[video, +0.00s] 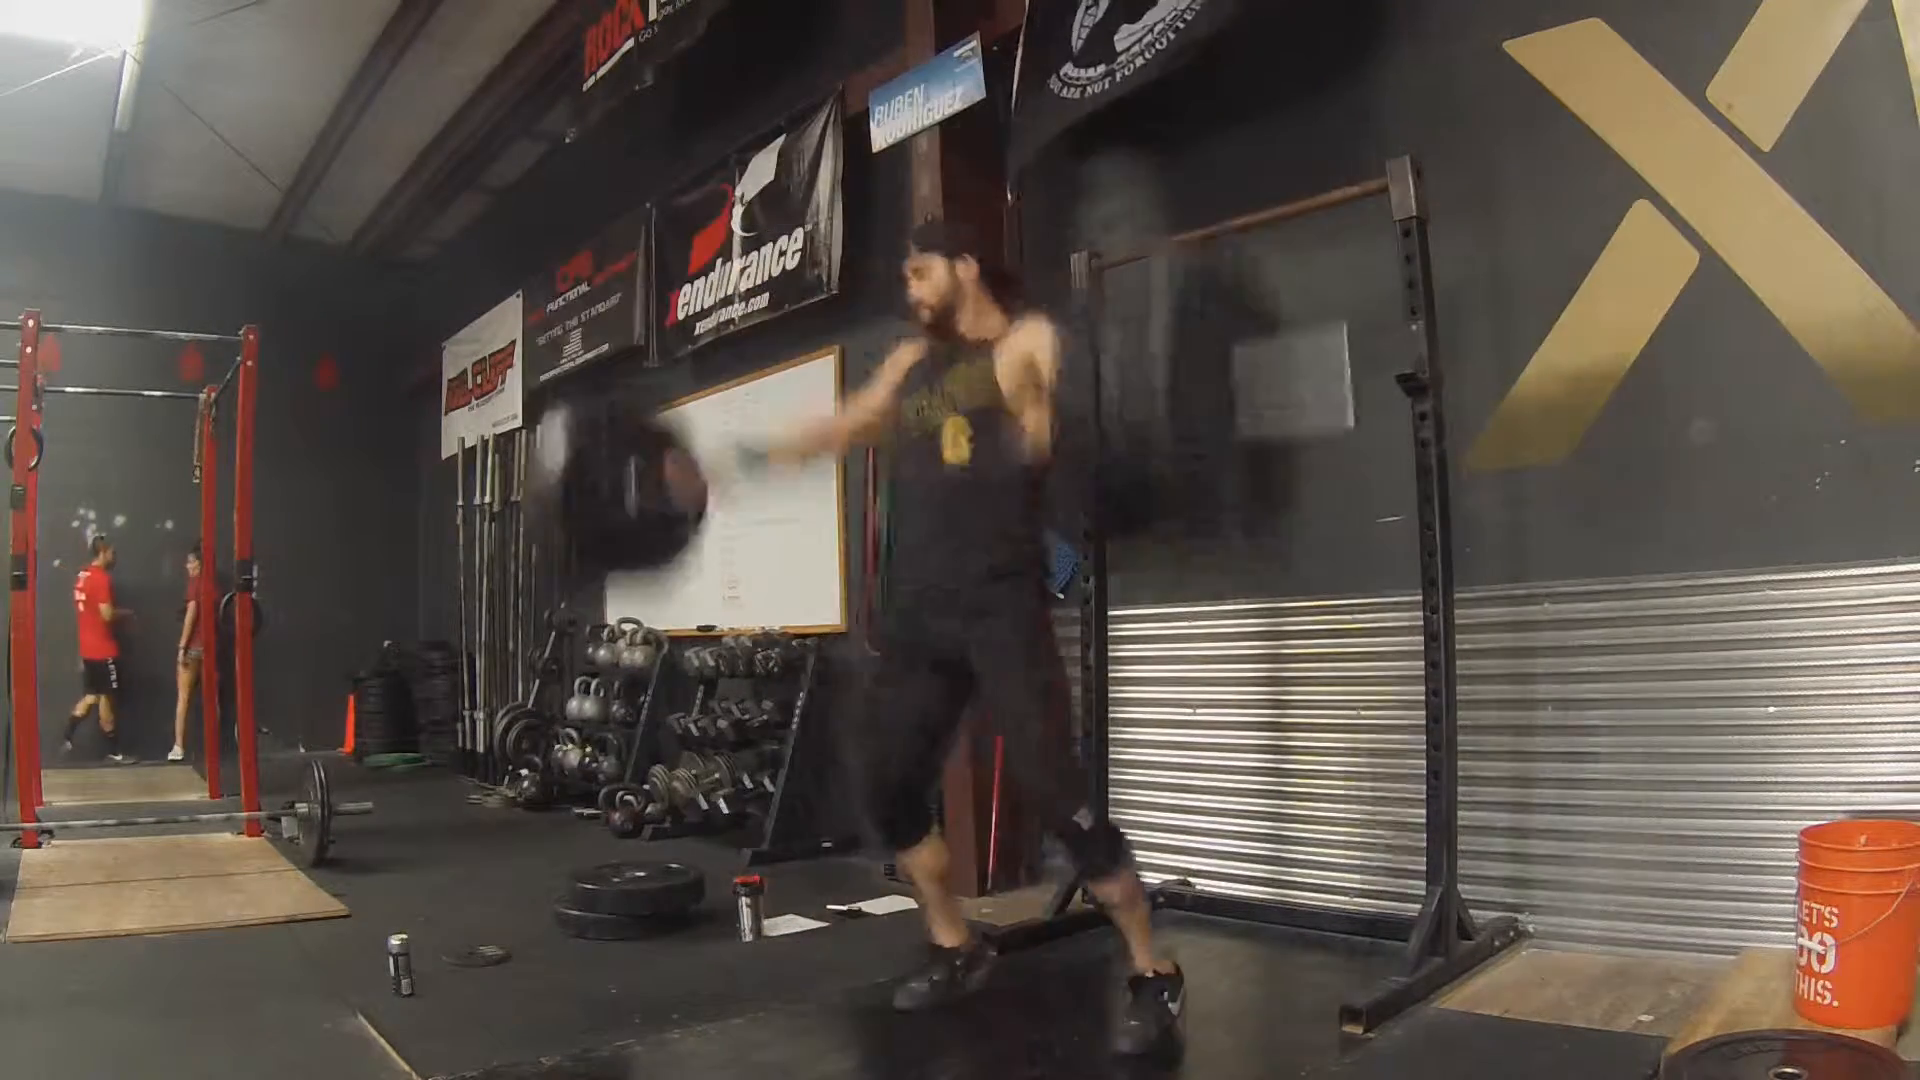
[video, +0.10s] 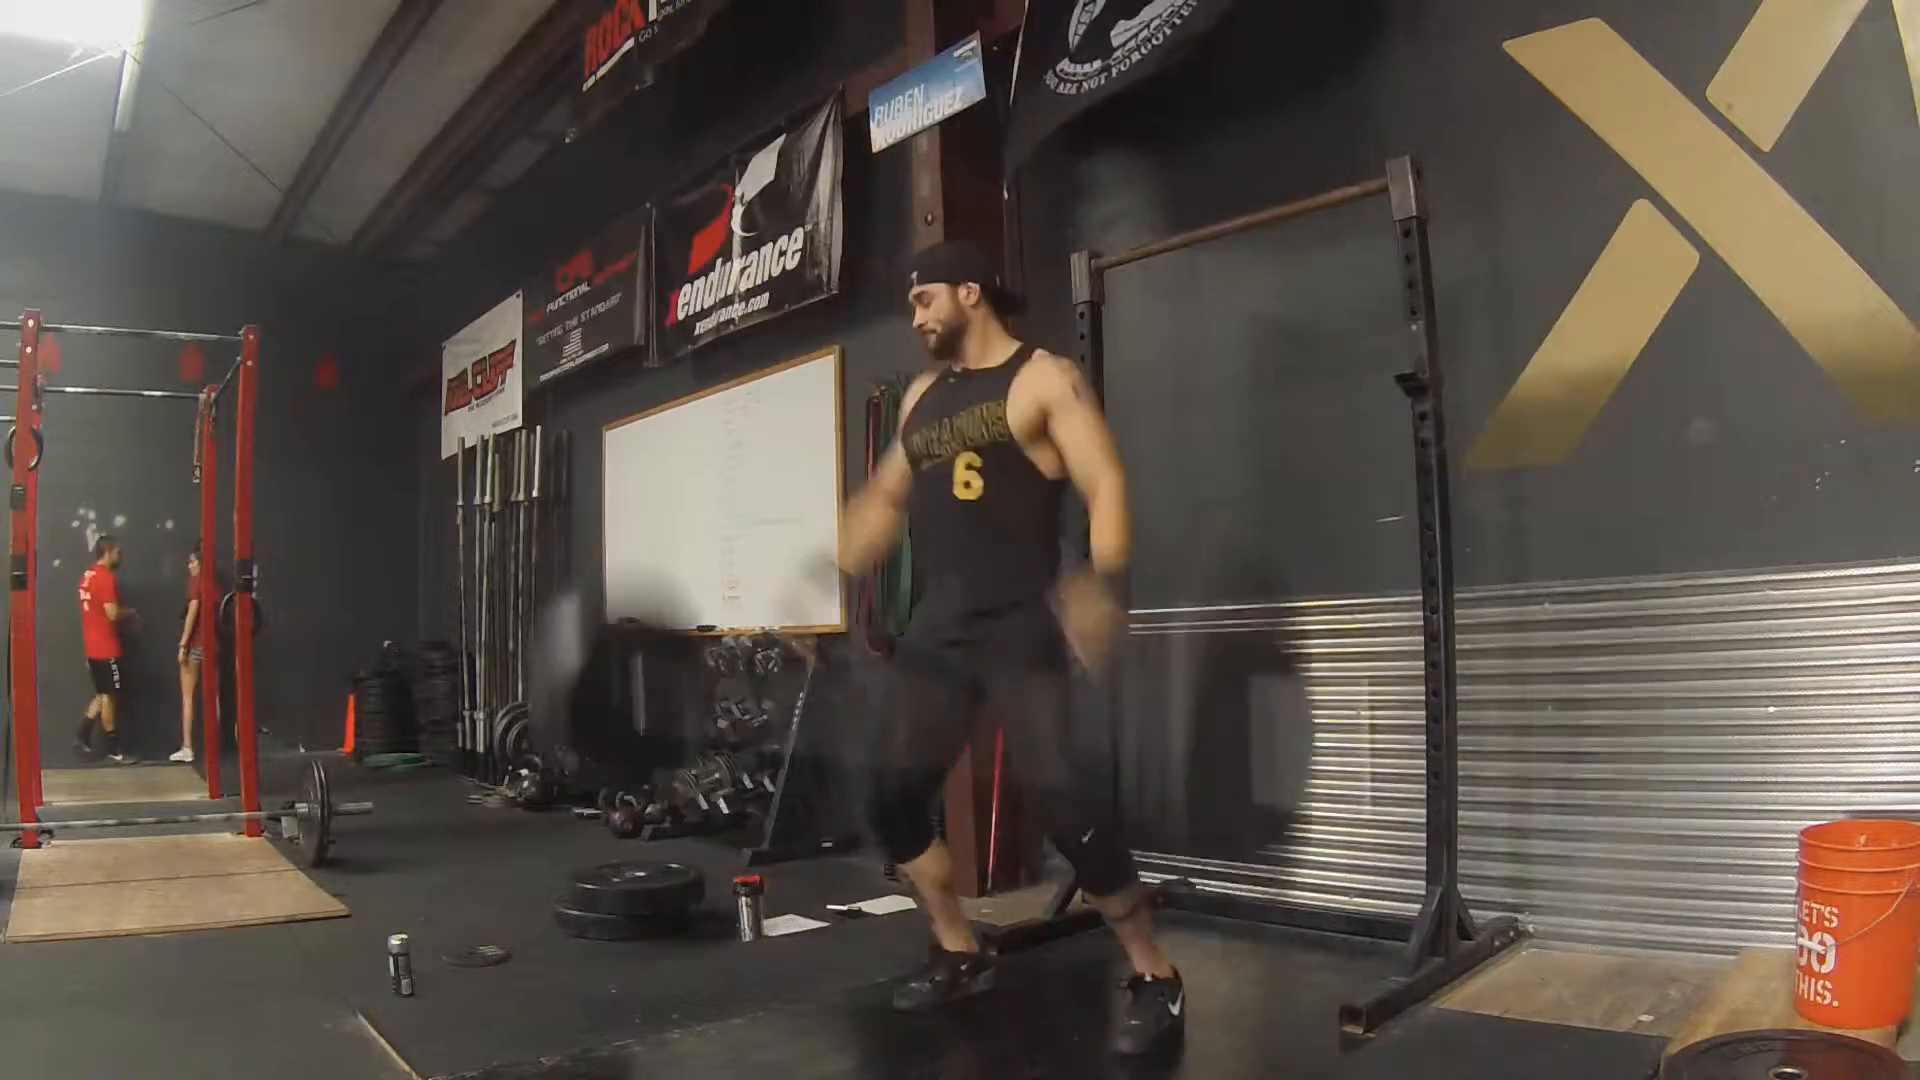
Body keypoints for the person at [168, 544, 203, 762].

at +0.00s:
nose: (188, 566)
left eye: (191, 562)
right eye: (188, 562)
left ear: (201, 564)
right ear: (203, 565)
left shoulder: (195, 583)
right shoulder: (214, 585)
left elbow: (191, 613)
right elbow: (218, 615)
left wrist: (182, 645)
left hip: (193, 645)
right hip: (212, 645)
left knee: (183, 696)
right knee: (213, 696)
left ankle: (178, 746)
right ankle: (215, 748)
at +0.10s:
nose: (189, 566)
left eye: (192, 562)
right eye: (190, 561)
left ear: (202, 563)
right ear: (205, 564)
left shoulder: (196, 582)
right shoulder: (216, 584)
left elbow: (192, 612)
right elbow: (219, 615)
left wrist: (183, 643)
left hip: (195, 645)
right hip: (213, 645)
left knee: (187, 696)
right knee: (213, 696)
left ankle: (186, 747)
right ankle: (215, 748)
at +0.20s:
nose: (190, 566)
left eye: (193, 562)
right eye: (190, 562)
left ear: (202, 563)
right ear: (206, 564)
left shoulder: (197, 582)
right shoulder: (217, 584)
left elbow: (193, 610)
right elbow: (221, 613)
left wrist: (183, 643)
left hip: (197, 645)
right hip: (215, 645)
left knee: (190, 697)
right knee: (213, 696)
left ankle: (198, 745)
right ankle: (215, 743)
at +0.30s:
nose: (191, 567)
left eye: (193, 563)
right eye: (191, 562)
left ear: (202, 564)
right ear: (203, 564)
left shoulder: (198, 583)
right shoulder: (215, 583)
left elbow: (194, 611)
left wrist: (183, 643)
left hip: (199, 643)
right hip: (215, 642)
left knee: (192, 693)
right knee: (214, 692)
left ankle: (208, 742)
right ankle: (215, 741)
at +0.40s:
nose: (191, 568)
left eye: (193, 563)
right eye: (191, 563)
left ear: (202, 564)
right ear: (205, 565)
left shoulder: (199, 585)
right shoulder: (216, 585)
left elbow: (194, 614)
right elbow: (216, 616)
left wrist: (182, 644)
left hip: (198, 645)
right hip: (214, 644)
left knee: (197, 695)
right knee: (214, 695)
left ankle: (211, 746)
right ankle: (215, 745)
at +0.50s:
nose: (191, 568)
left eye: (194, 563)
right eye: (191, 564)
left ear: (203, 565)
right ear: (205, 565)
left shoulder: (199, 586)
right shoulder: (216, 586)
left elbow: (194, 615)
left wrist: (182, 644)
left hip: (199, 646)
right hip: (214, 644)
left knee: (201, 696)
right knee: (213, 696)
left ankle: (211, 747)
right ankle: (215, 745)